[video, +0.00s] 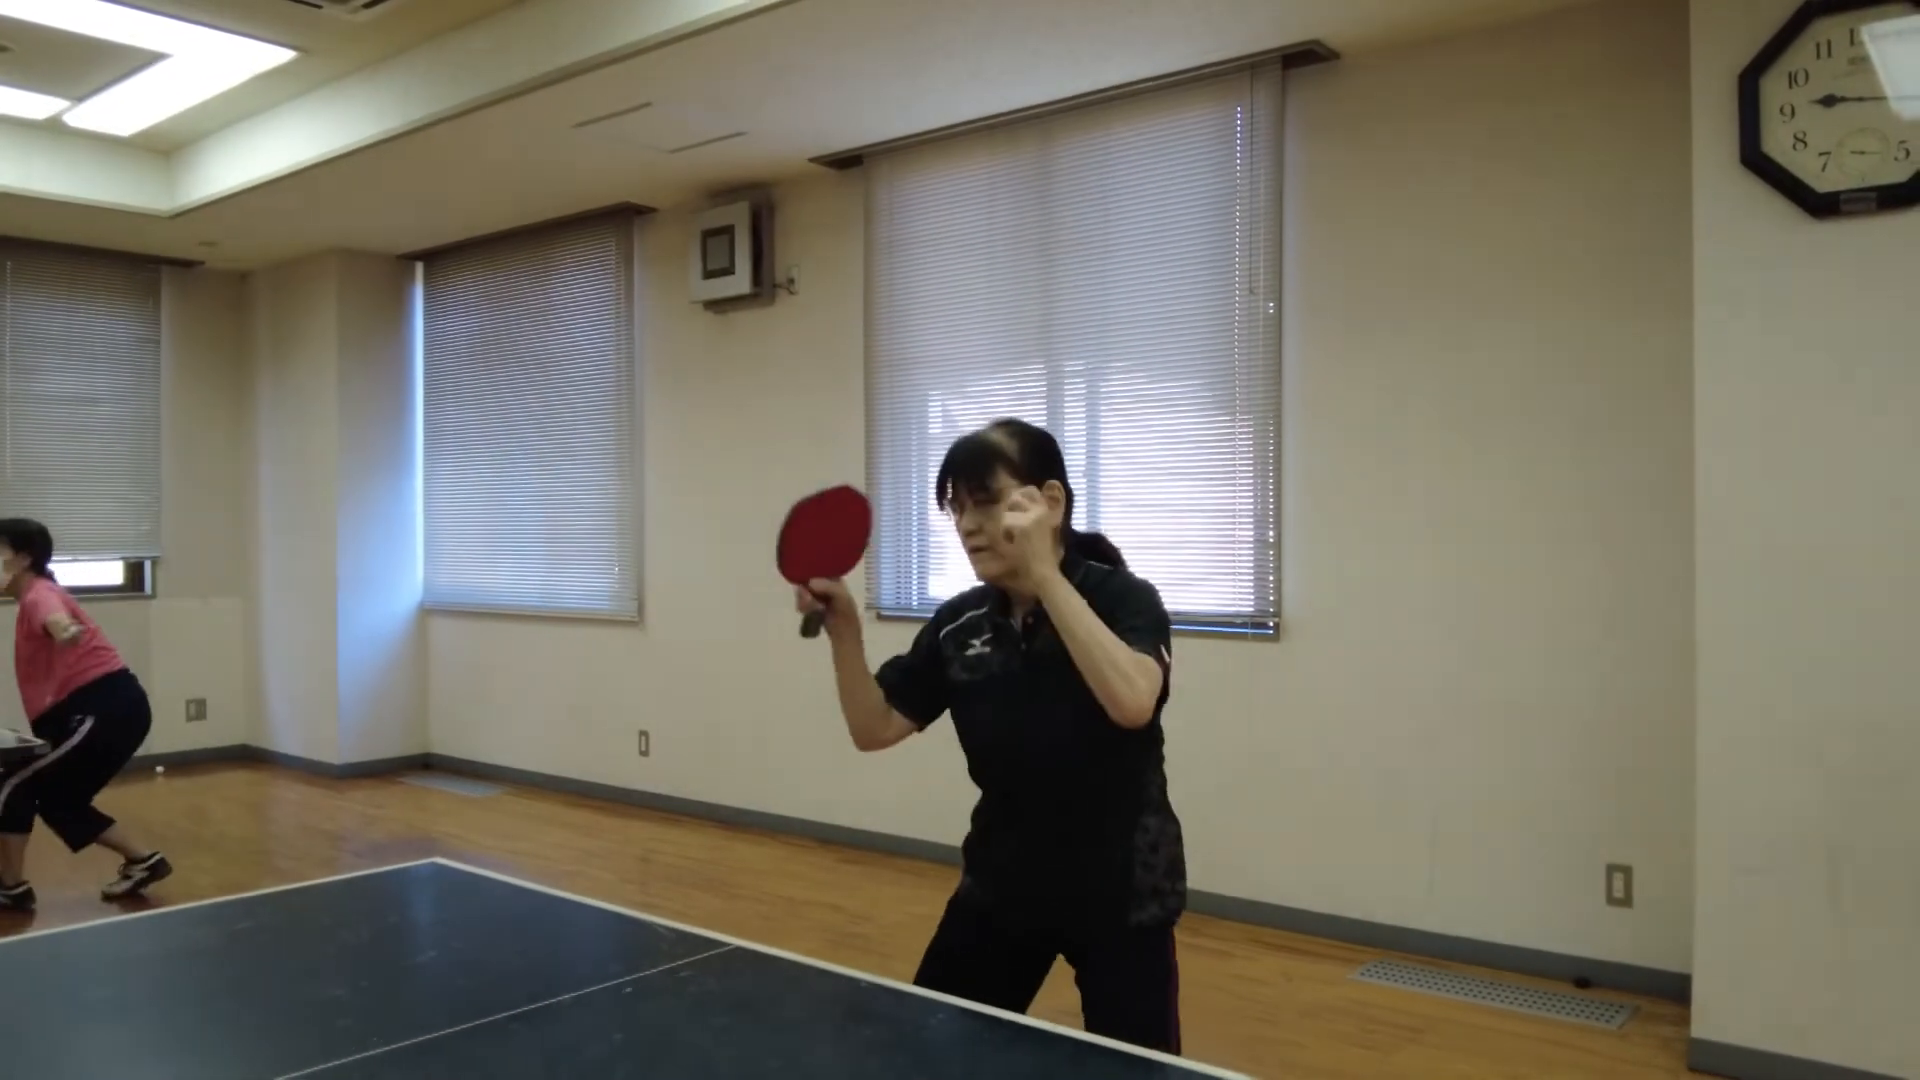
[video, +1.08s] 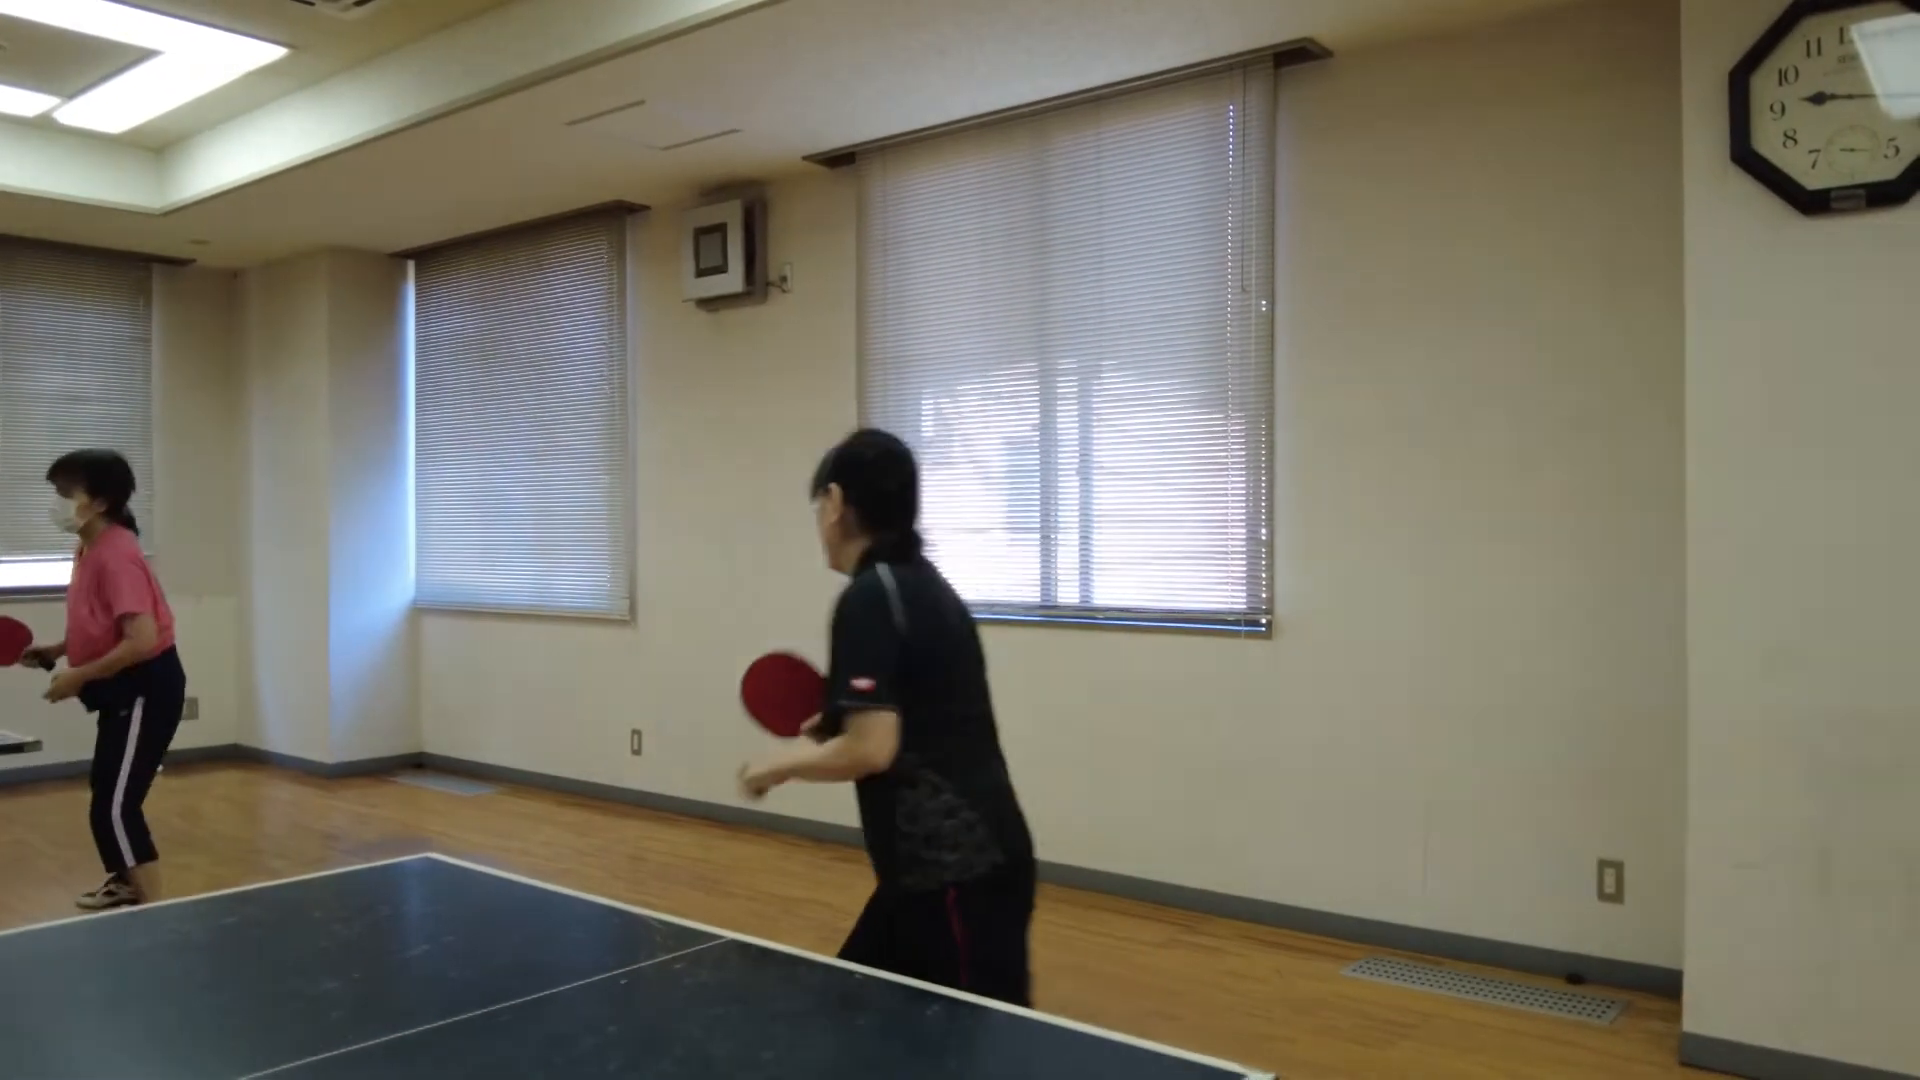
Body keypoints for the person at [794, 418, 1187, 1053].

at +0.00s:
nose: (970, 525)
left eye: (991, 504)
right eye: (960, 508)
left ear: (1052, 504)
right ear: (952, 517)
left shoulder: (1123, 601)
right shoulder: (960, 626)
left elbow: (1133, 702)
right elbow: (873, 728)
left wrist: (1043, 575)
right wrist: (845, 628)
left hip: (1119, 892)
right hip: (1006, 887)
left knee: (1141, 1069)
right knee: (928, 1046)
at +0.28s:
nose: (967, 505)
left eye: (985, 484)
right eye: (957, 489)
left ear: (1043, 487)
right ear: (947, 502)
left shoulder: (1090, 576)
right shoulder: (973, 603)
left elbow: (1061, 656)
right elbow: (924, 717)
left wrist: (984, 529)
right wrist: (833, 646)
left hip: (1088, 890)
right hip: (988, 884)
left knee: (1115, 1068)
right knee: (921, 1046)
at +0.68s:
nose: (937, 489)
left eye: (956, 468)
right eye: (931, 475)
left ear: (1018, 473)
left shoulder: (1064, 565)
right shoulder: (981, 584)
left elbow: (1029, 690)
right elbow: (963, 714)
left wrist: (984, 549)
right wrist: (875, 655)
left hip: (1077, 877)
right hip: (987, 869)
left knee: (1102, 1064)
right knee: (928, 1042)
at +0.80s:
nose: (911, 506)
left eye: (915, 485)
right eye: (910, 488)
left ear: (960, 482)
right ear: (962, 485)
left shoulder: (1031, 580)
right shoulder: (990, 585)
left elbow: (1028, 732)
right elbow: (994, 715)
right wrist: (887, 669)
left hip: (1068, 889)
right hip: (993, 876)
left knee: (1086, 1062)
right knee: (919, 1033)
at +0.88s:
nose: (893, 511)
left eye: (896, 491)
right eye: (894, 493)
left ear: (925, 494)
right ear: (949, 496)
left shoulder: (998, 589)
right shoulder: (969, 589)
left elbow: (1008, 746)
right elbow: (981, 720)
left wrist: (880, 716)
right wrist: (899, 693)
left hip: (1050, 890)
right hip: (983, 876)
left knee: (1064, 1060)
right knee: (894, 1021)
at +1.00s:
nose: (852, 518)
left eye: (855, 499)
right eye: (853, 500)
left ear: (879, 503)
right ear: (929, 502)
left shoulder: (924, 595)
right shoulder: (945, 587)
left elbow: (934, 751)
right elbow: (957, 717)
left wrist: (838, 738)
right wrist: (870, 703)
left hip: (992, 888)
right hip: (955, 879)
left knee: (1036, 1054)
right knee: (857, 1010)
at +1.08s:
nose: (817, 518)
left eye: (819, 500)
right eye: (819, 501)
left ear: (839, 506)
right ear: (898, 503)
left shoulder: (872, 596)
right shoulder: (925, 587)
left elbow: (871, 748)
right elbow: (937, 721)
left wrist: (783, 766)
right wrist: (841, 720)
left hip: (948, 876)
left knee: (982, 1050)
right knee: (842, 1010)